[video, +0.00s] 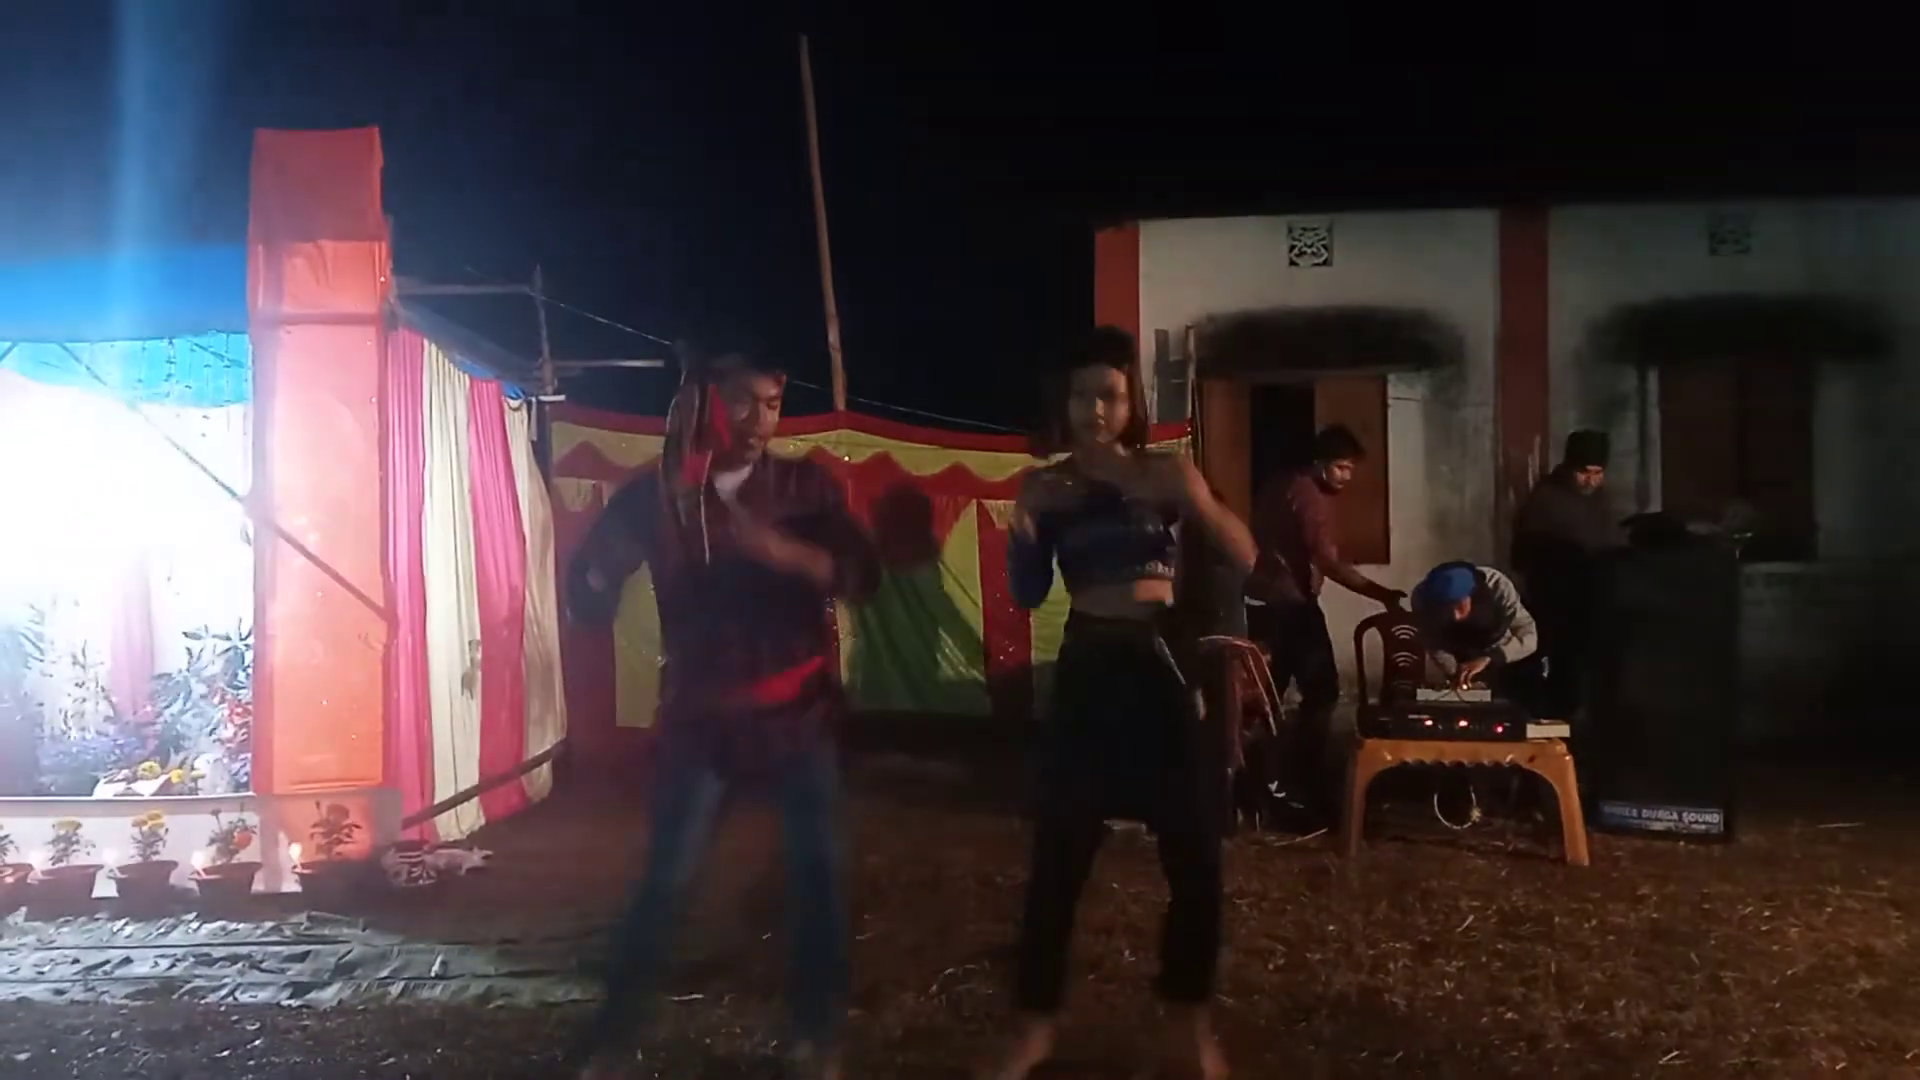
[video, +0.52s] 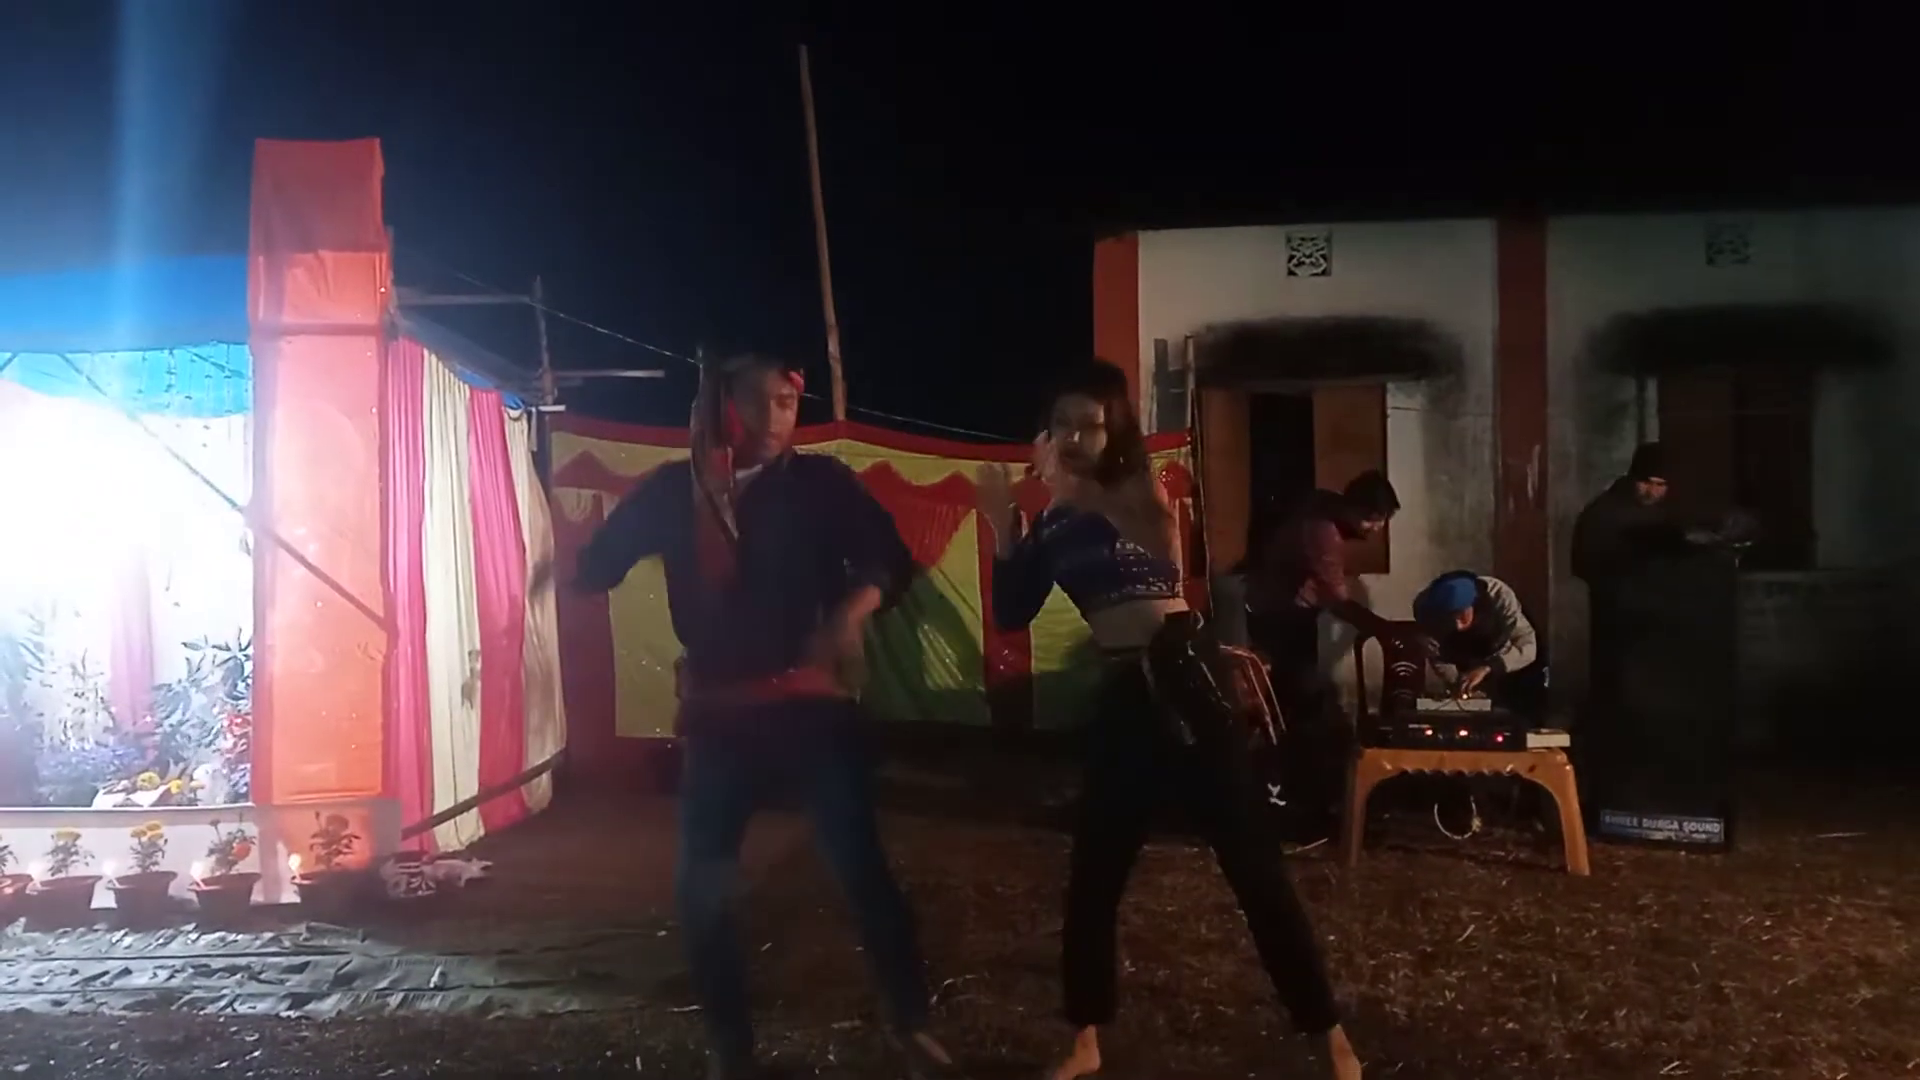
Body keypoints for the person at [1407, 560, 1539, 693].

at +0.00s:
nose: (1456, 617)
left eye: (1461, 608)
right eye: (1450, 610)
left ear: (1471, 595)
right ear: (1437, 602)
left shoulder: (1497, 587)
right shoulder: (1421, 599)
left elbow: (1529, 638)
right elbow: (1432, 643)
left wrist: (1488, 659)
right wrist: (1456, 673)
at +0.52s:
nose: (1458, 626)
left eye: (1462, 617)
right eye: (1451, 619)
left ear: (1473, 604)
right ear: (1440, 611)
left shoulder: (1498, 594)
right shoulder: (1424, 607)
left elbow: (1527, 647)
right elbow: (1435, 657)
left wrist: (1487, 668)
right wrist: (1460, 683)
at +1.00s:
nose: (1458, 629)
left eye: (1463, 620)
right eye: (1452, 623)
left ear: (1474, 608)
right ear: (1440, 616)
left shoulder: (1499, 598)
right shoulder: (1427, 607)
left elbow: (1535, 652)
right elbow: (1436, 655)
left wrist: (1494, 672)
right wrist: (1452, 686)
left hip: (1493, 645)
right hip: (1454, 647)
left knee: (1531, 679)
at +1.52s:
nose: (1457, 631)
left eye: (1461, 622)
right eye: (1450, 624)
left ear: (1472, 611)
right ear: (1441, 618)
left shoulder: (1499, 602)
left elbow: (1525, 660)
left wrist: (1488, 682)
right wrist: (1458, 682)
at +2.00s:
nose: (1454, 636)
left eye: (1459, 627)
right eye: (1447, 630)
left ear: (1470, 616)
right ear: (1436, 622)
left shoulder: (1498, 607)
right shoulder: (1421, 612)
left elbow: (1521, 662)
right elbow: (1430, 662)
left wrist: (1484, 685)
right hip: (1447, 654)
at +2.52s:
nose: (1453, 637)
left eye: (1458, 629)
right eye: (1447, 632)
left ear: (1469, 619)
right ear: (1436, 623)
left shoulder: (1497, 608)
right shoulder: (1419, 613)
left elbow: (1520, 663)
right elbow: (1430, 659)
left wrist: (1483, 686)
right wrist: (1450, 688)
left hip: (1486, 652)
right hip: (1446, 654)